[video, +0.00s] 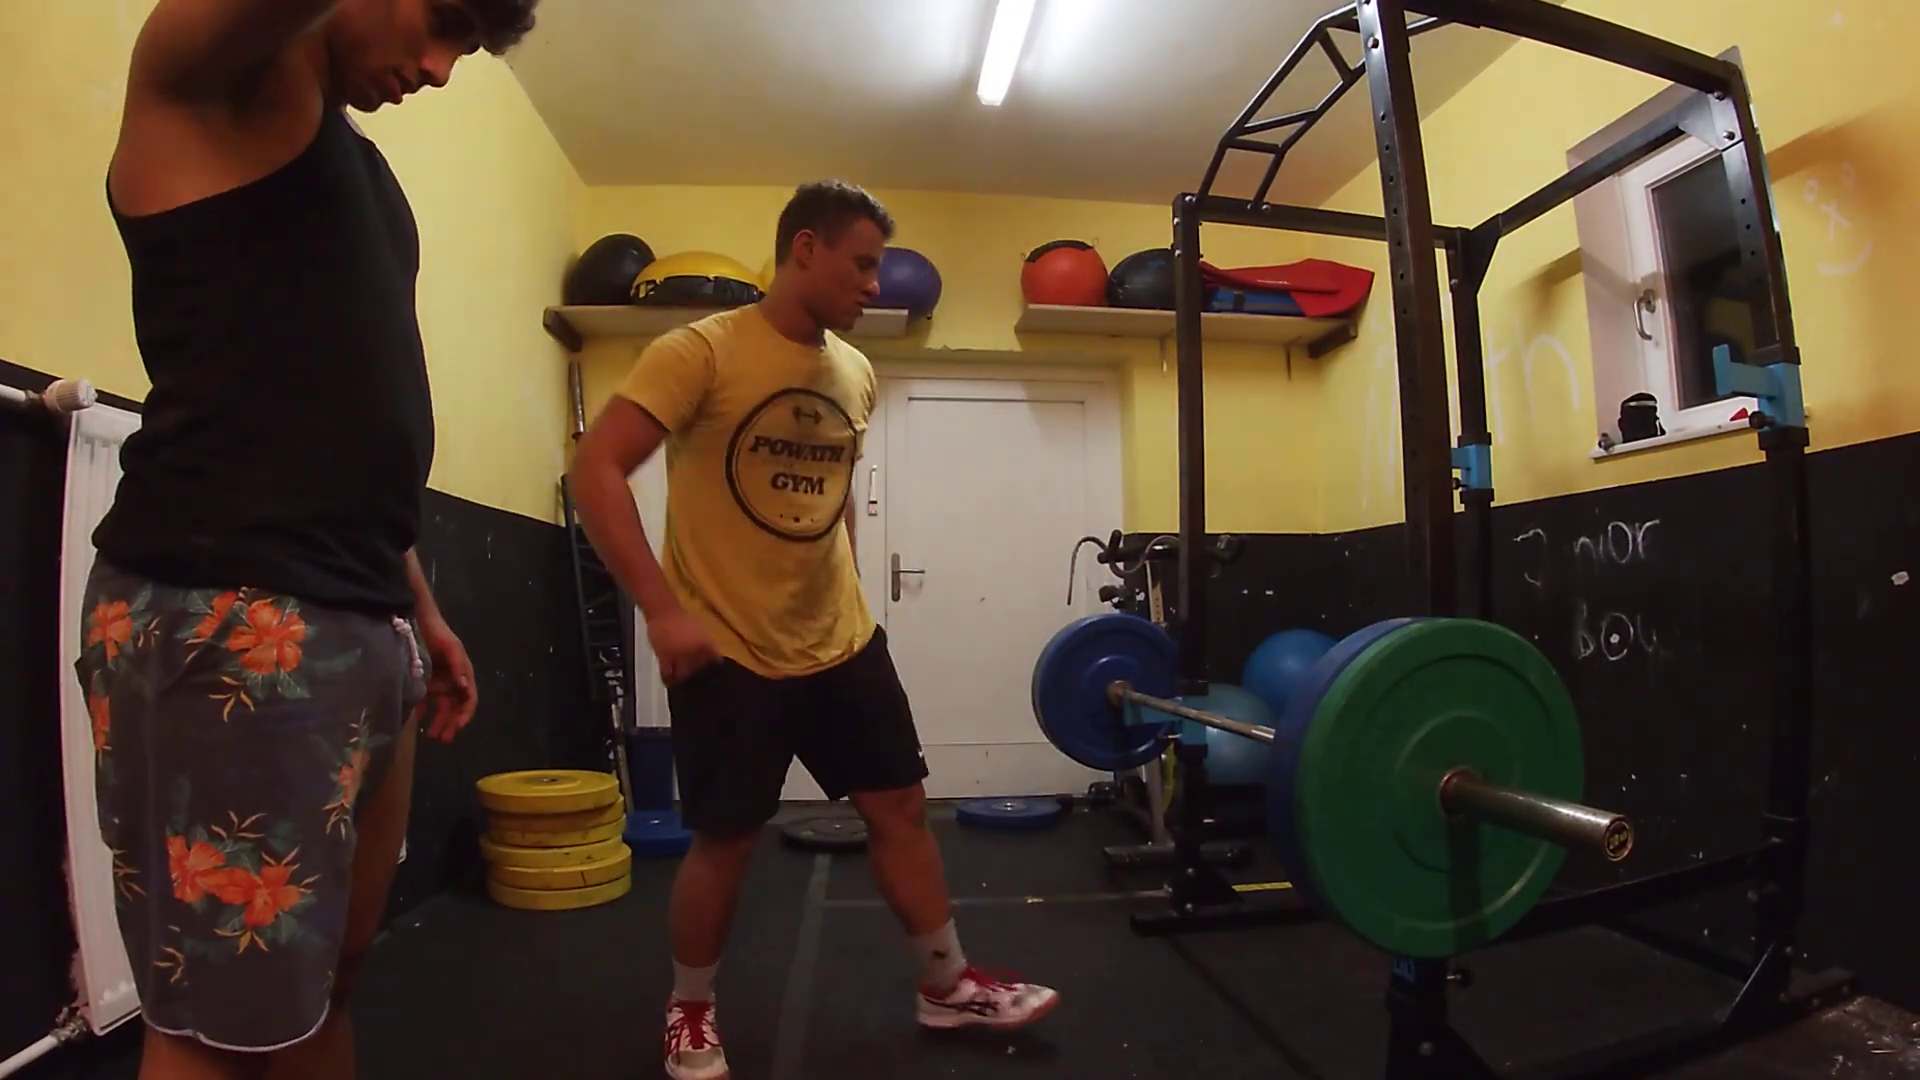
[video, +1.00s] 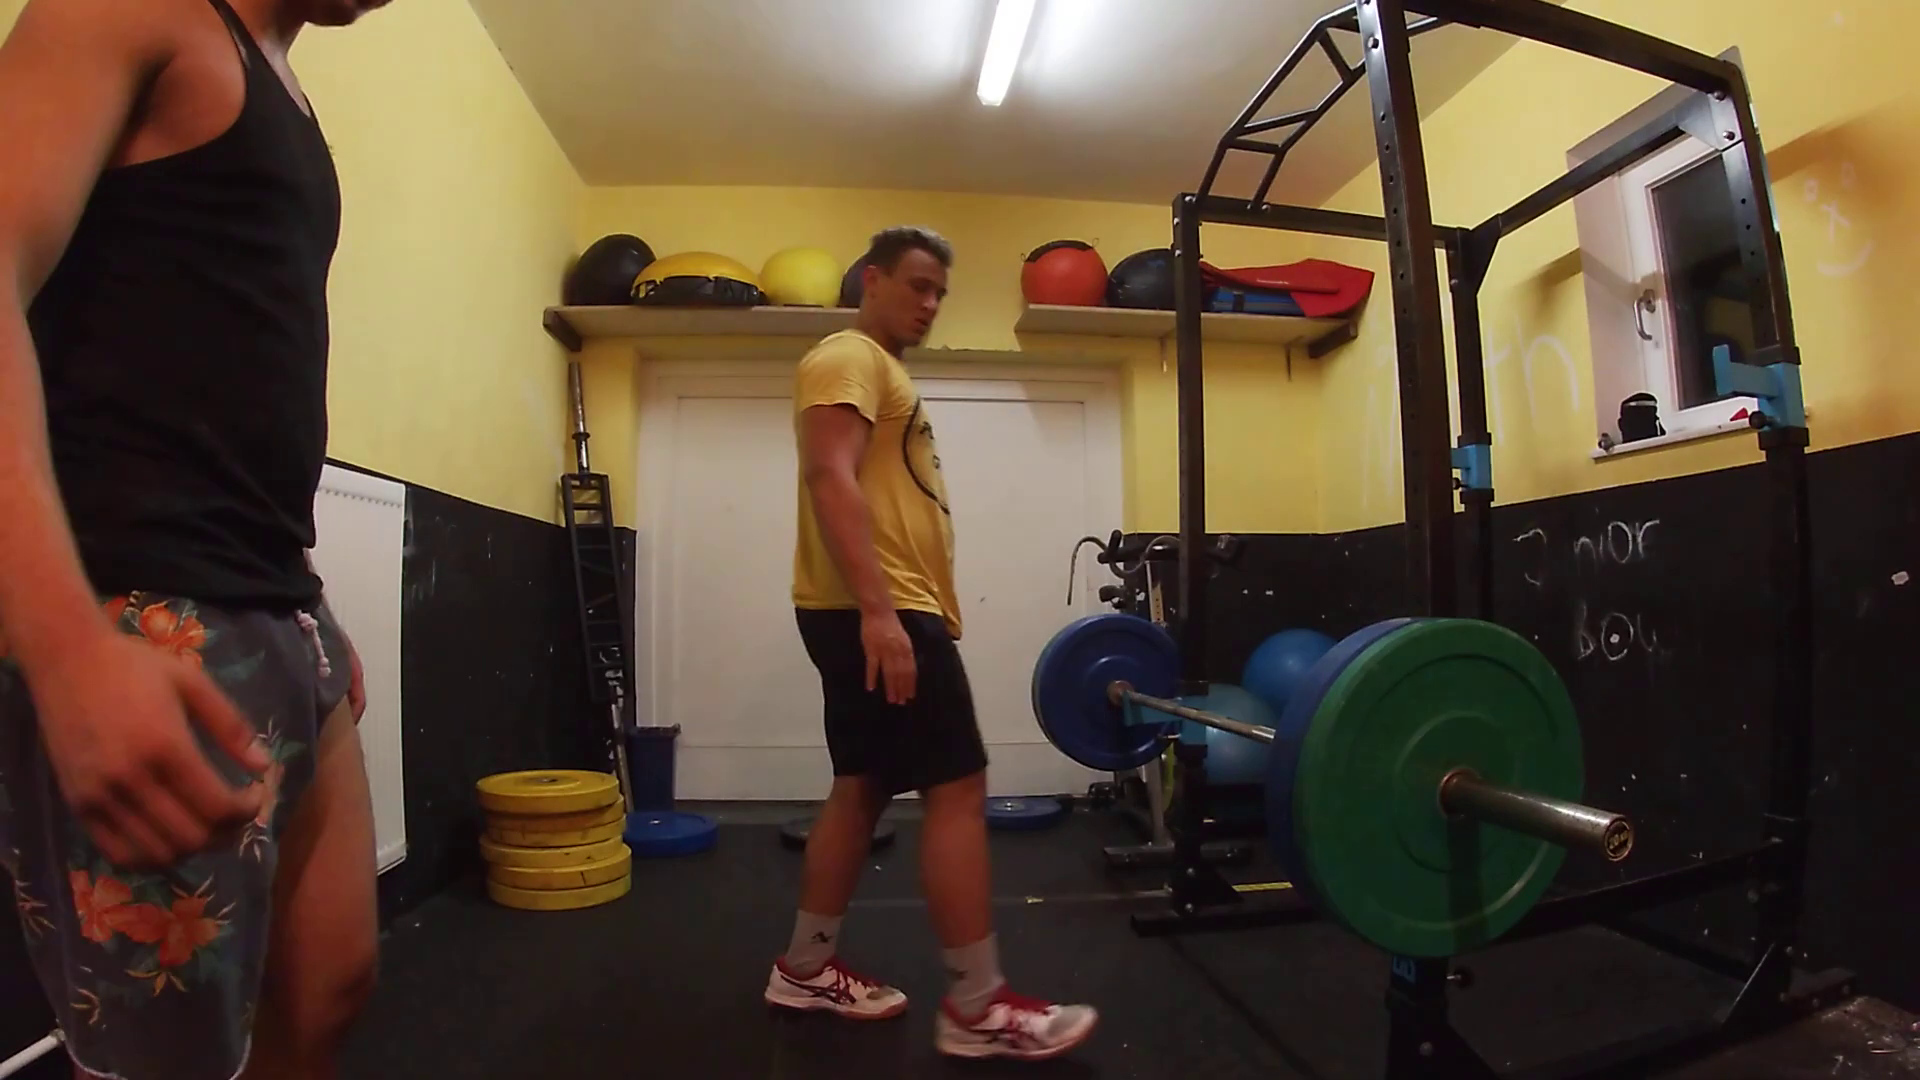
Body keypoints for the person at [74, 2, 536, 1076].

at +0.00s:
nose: (440, 71)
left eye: (463, 54)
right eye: (444, 30)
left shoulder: (353, 158)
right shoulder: (208, 76)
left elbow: (344, 401)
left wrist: (414, 600)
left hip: (357, 618)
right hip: (229, 616)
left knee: (323, 999)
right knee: (217, 1032)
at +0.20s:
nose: (453, 60)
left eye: (475, 40)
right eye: (458, 21)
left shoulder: (350, 163)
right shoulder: (196, 59)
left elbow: (333, 417)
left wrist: (415, 611)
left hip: (356, 619)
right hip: (223, 616)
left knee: (324, 993)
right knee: (214, 1036)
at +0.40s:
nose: (461, 43)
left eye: (476, 22)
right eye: (463, 9)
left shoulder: (336, 141)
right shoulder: (186, 73)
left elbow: (299, 407)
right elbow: (59, 339)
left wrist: (382, 597)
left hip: (330, 619)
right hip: (189, 620)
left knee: (316, 1003)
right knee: (199, 1035)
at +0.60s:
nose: (461, 21)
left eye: (471, 5)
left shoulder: (330, 115)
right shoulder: (169, 38)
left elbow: (297, 404)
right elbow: (9, 325)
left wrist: (365, 614)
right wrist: (17, 704)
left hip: (321, 638)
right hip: (184, 639)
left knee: (320, 1004)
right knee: (180, 1047)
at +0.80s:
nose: (445, 7)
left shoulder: (304, 89)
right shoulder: (147, 21)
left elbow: (261, 384)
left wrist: (330, 595)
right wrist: (10, 712)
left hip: (292, 627)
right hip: (145, 638)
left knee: (323, 997)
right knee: (160, 1049)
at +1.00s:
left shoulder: (276, 88)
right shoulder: (127, 16)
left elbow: (224, 385)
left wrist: (306, 618)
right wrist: (66, 650)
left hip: (285, 633)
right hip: (145, 646)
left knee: (325, 997)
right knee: (166, 1056)